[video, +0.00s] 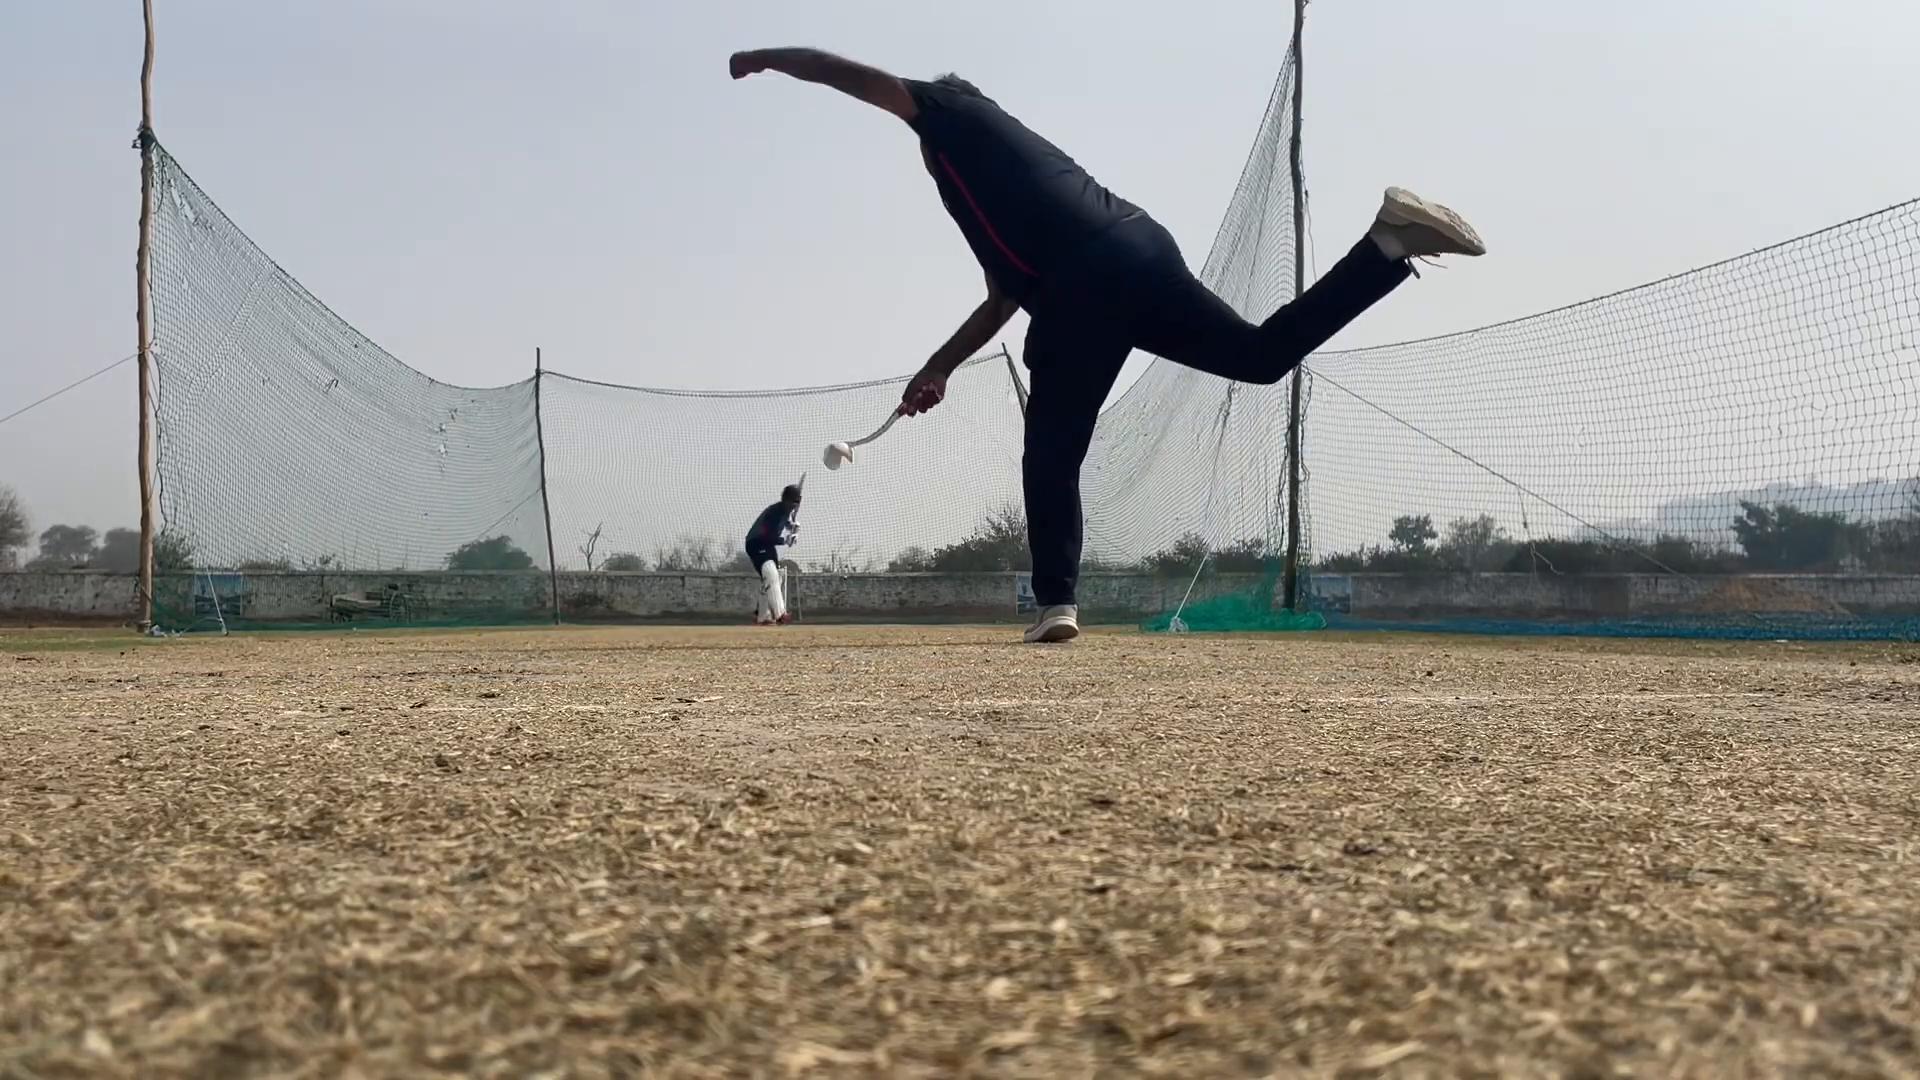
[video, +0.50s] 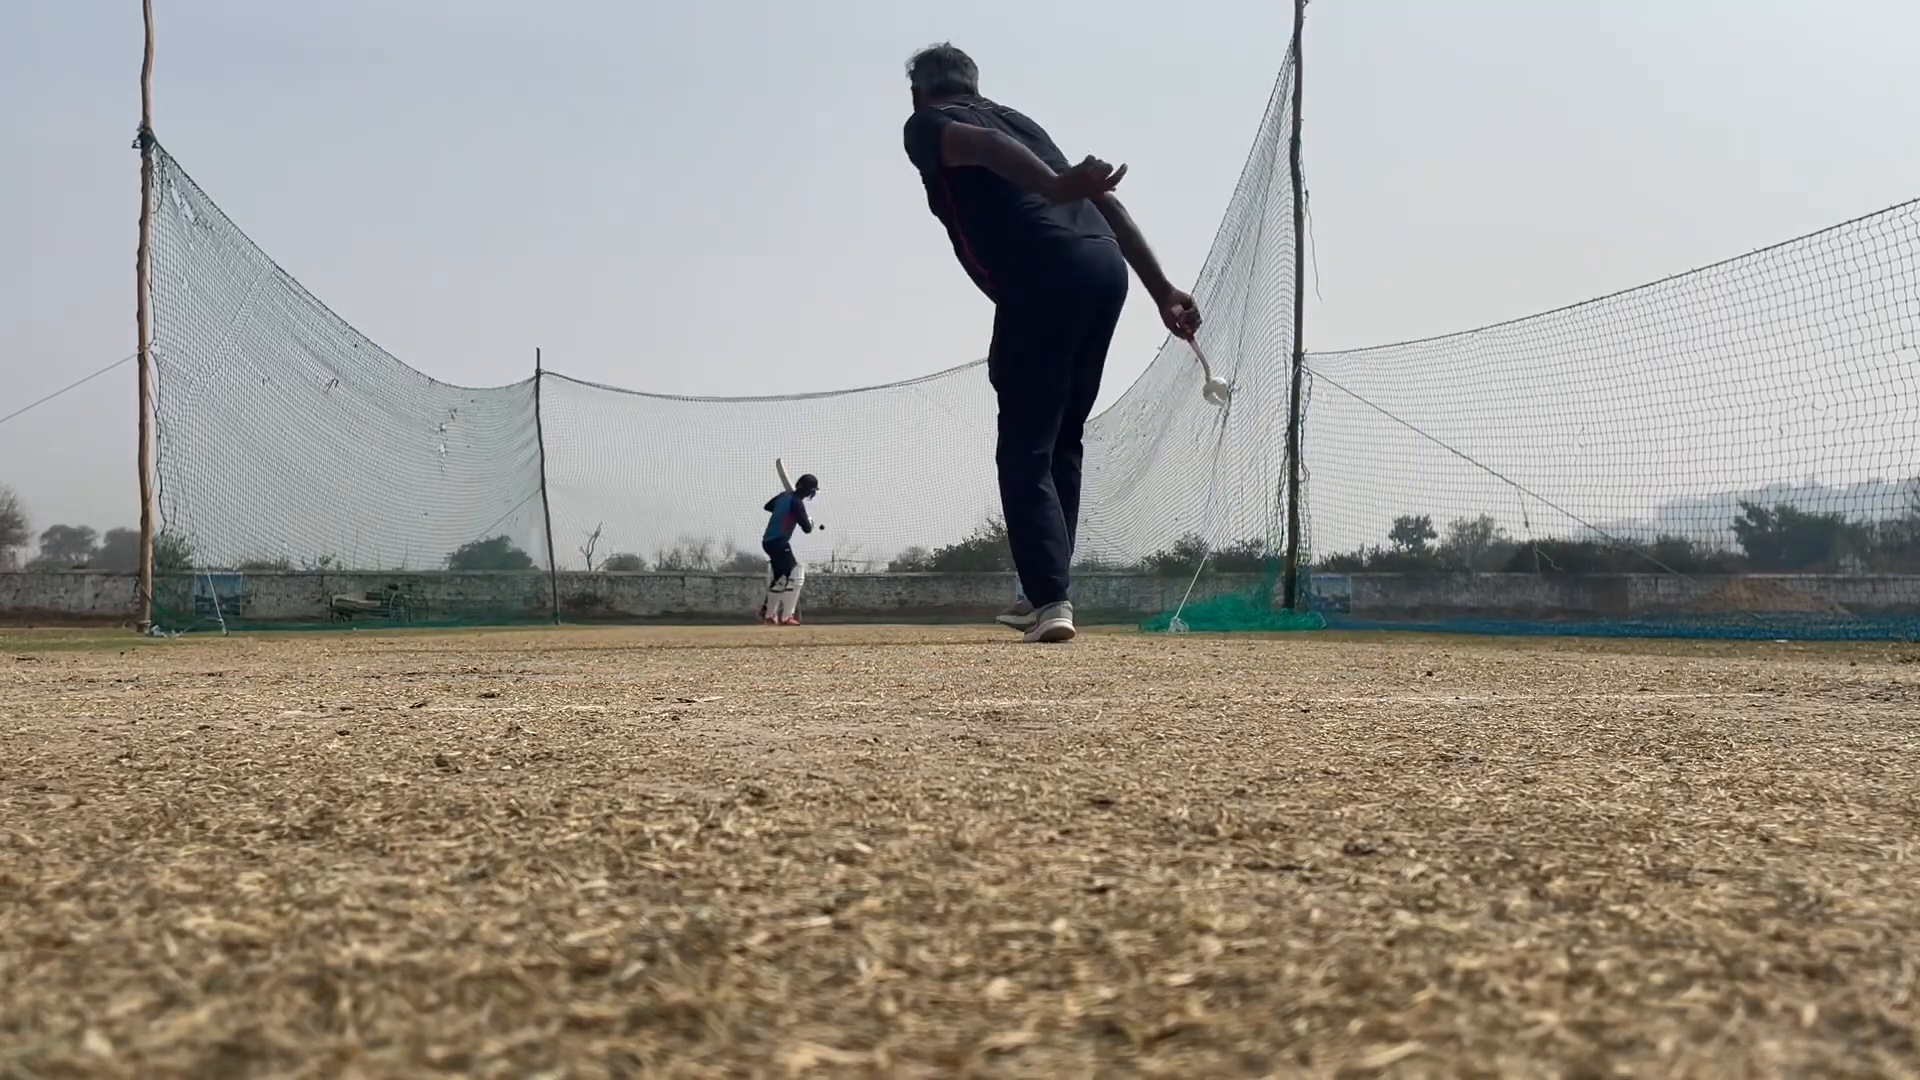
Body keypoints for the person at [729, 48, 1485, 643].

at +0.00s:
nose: (905, 126)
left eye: (910, 114)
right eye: (911, 122)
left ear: (930, 105)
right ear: (974, 131)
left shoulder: (947, 111)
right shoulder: (1009, 185)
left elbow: (847, 76)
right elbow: (1003, 296)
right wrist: (937, 369)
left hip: (1077, 284)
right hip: (1145, 257)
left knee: (1051, 455)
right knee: (1260, 359)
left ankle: (1054, 609)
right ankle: (1393, 245)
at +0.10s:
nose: (917, 114)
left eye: (919, 104)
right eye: (925, 105)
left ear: (929, 98)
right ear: (978, 94)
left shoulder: (936, 120)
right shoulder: (1018, 134)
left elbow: (835, 179)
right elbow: (1038, 273)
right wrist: (989, 362)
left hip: (1072, 287)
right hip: (1137, 257)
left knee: (1045, 459)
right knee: (1218, 381)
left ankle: (1054, 612)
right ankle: (1360, 311)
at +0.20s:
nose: (915, 115)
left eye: (915, 104)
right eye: (918, 104)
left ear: (924, 99)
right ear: (972, 90)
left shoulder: (932, 131)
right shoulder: (1012, 129)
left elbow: (884, 244)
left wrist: (853, 339)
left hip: (1066, 276)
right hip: (1130, 254)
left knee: (1040, 451)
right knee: (1154, 402)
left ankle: (1053, 609)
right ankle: (1306, 396)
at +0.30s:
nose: (913, 119)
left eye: (911, 109)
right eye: (912, 109)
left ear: (918, 102)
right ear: (969, 94)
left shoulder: (930, 143)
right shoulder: (1012, 125)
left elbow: (952, 242)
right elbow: (1053, 212)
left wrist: (963, 359)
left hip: (1054, 278)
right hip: (1121, 255)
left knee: (1031, 453)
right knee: (1109, 407)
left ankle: (1050, 606)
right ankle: (1232, 489)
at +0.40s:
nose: (913, 113)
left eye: (910, 104)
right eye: (913, 105)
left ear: (915, 99)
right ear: (969, 92)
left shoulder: (926, 137)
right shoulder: (1020, 129)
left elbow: (983, 185)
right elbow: (1112, 199)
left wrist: (1038, 251)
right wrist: (1151, 283)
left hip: (1045, 277)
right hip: (1114, 265)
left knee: (1027, 448)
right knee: (1084, 420)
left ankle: (1050, 605)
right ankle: (1137, 562)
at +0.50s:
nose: (916, 102)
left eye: (915, 94)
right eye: (918, 94)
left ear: (919, 91)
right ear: (974, 86)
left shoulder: (925, 123)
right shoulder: (1022, 124)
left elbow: (986, 146)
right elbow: (1104, 202)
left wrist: (1056, 185)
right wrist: (1162, 288)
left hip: (1042, 275)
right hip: (1105, 270)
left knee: (1024, 447)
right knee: (1064, 440)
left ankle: (1050, 603)